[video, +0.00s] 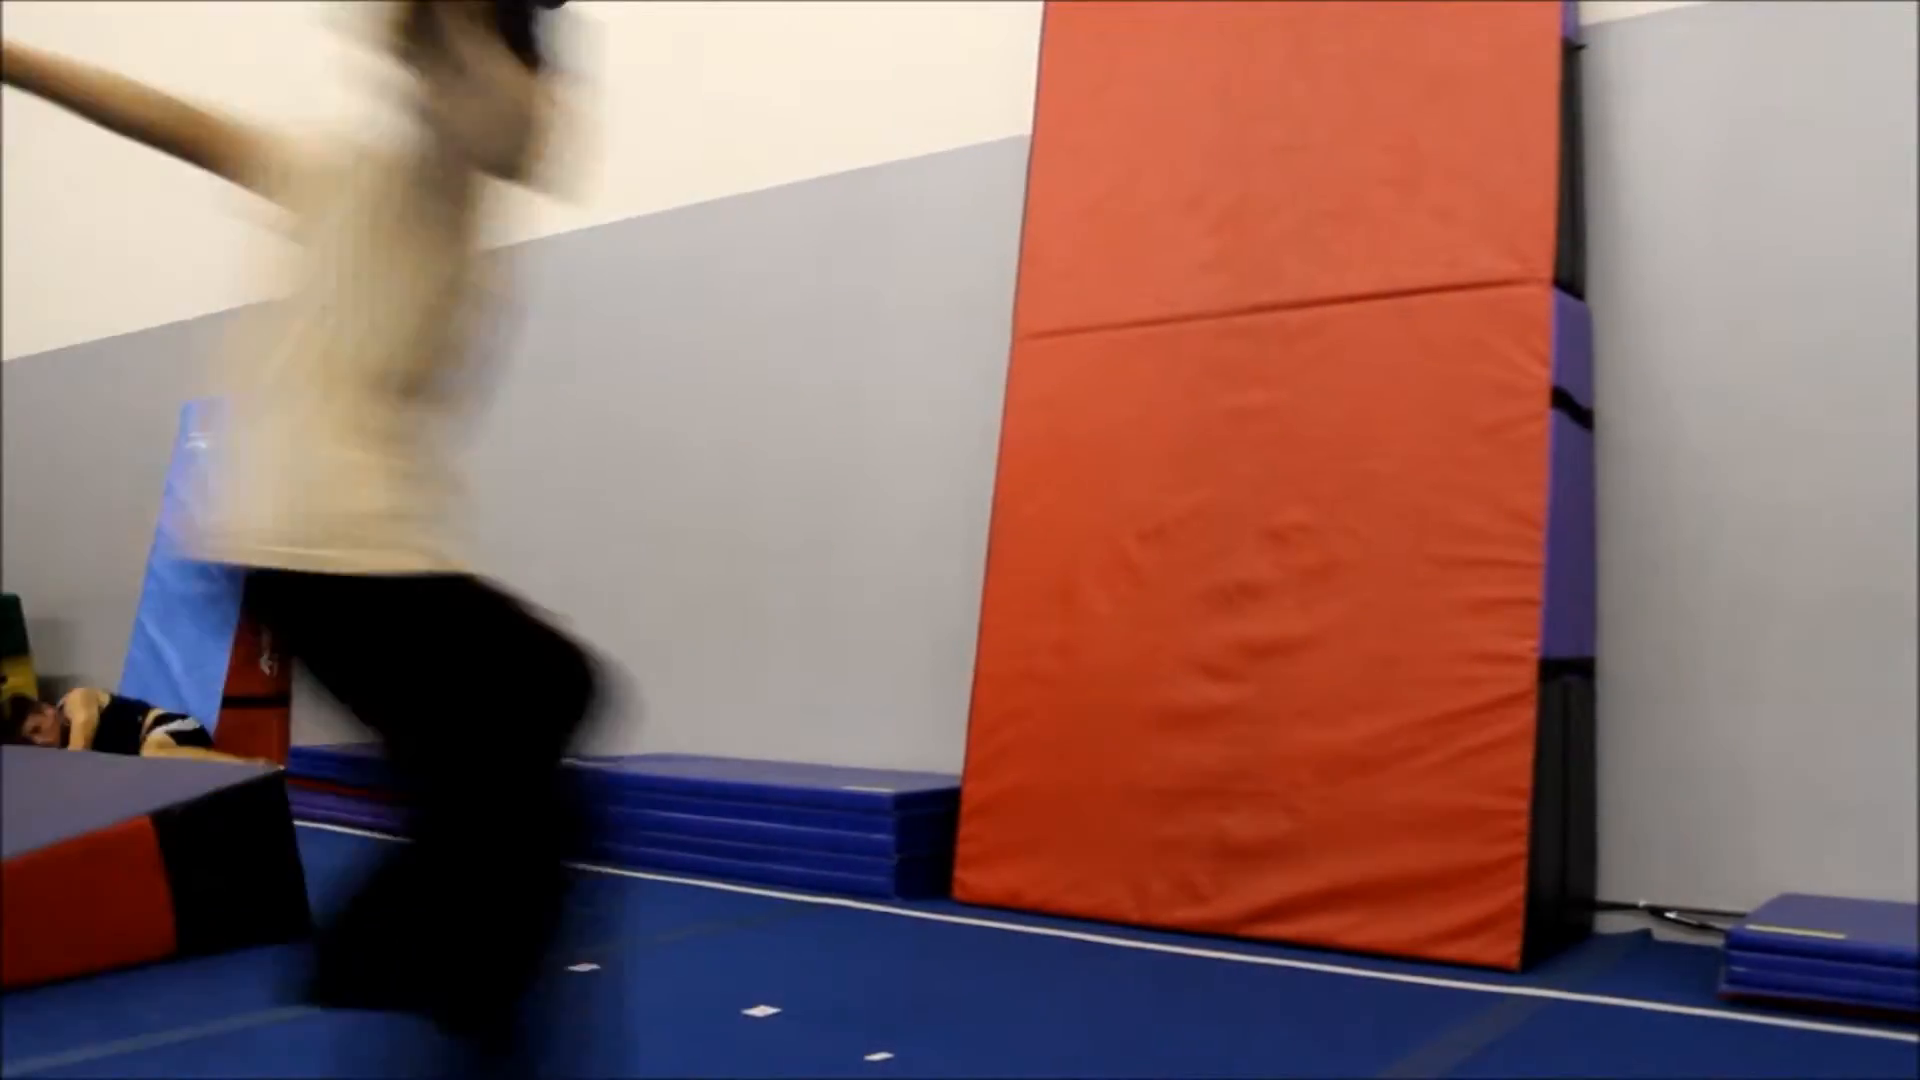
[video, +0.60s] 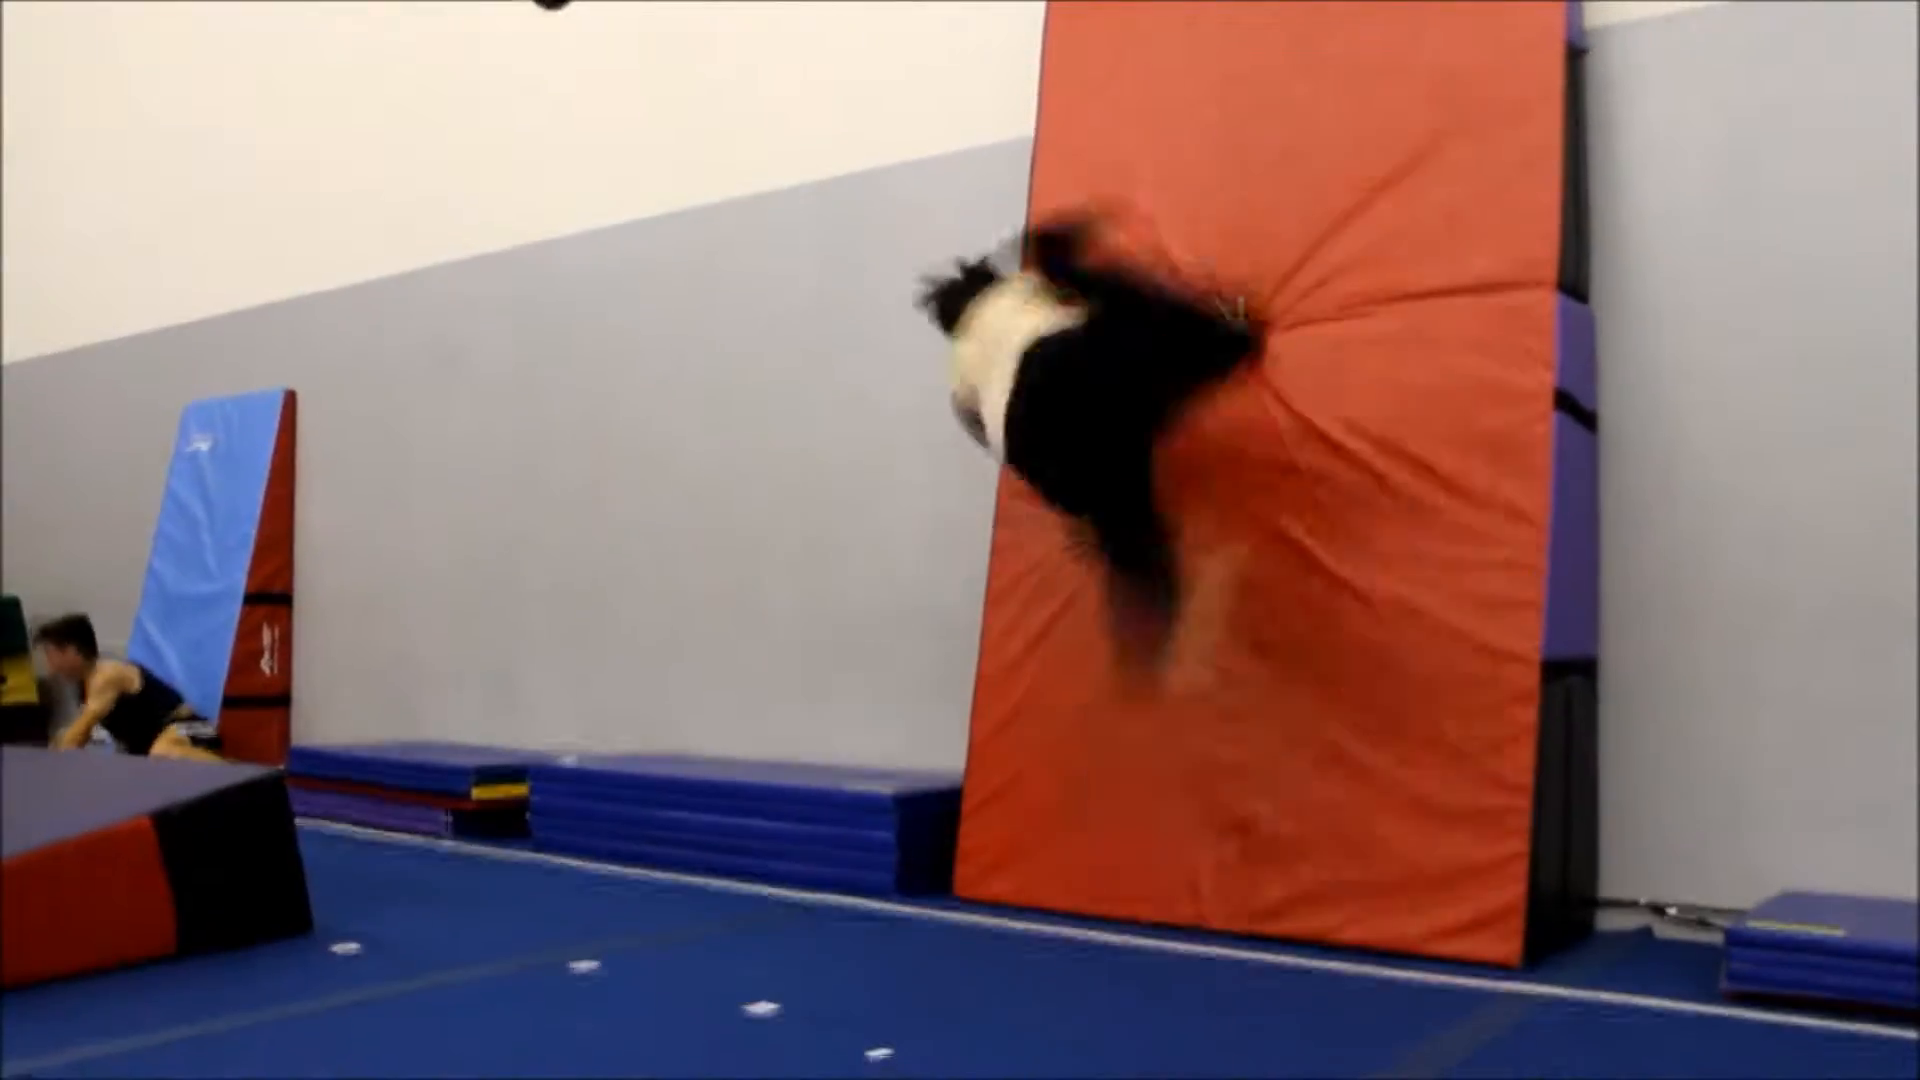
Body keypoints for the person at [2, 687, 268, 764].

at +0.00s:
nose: (42, 740)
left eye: (38, 729)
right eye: (33, 740)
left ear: (46, 708)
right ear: (29, 742)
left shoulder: (79, 699)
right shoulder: (61, 747)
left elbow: (78, 750)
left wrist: (60, 782)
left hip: (168, 727)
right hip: (140, 764)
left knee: (153, 753)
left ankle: (249, 766)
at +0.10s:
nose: (44, 722)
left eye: (41, 712)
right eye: (37, 721)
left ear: (53, 693)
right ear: (39, 726)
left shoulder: (91, 689)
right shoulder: (69, 732)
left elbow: (85, 741)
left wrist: (66, 780)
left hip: (179, 728)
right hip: (139, 758)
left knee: (157, 754)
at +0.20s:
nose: (42, 708)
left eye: (45, 699)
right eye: (37, 702)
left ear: (67, 685)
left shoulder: (105, 690)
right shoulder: (75, 719)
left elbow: (84, 750)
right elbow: (74, 755)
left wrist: (62, 785)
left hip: (186, 733)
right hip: (141, 751)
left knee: (161, 757)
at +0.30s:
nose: (52, 690)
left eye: (57, 680)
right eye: (49, 682)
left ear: (81, 673)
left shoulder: (116, 685)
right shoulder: (84, 706)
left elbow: (87, 743)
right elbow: (91, 746)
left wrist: (55, 773)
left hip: (193, 735)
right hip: (152, 748)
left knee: (159, 761)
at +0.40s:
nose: (56, 679)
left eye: (60, 671)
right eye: (54, 672)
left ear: (85, 666)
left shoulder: (119, 683)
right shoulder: (91, 695)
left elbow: (84, 742)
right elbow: (87, 745)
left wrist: (54, 770)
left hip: (195, 735)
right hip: (150, 748)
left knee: (161, 755)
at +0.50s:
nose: (52, 668)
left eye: (57, 660)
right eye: (51, 661)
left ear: (81, 658)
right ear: (80, 660)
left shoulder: (116, 676)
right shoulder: (89, 688)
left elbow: (83, 737)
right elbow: (85, 739)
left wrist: (52, 766)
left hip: (190, 729)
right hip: (148, 742)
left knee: (163, 753)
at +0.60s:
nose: (49, 664)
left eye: (52, 654)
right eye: (48, 655)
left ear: (72, 653)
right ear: (72, 653)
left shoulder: (107, 675)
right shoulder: (89, 682)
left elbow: (78, 734)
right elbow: (82, 735)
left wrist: (60, 750)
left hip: (183, 728)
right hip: (146, 743)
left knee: (163, 750)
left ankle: (236, 774)